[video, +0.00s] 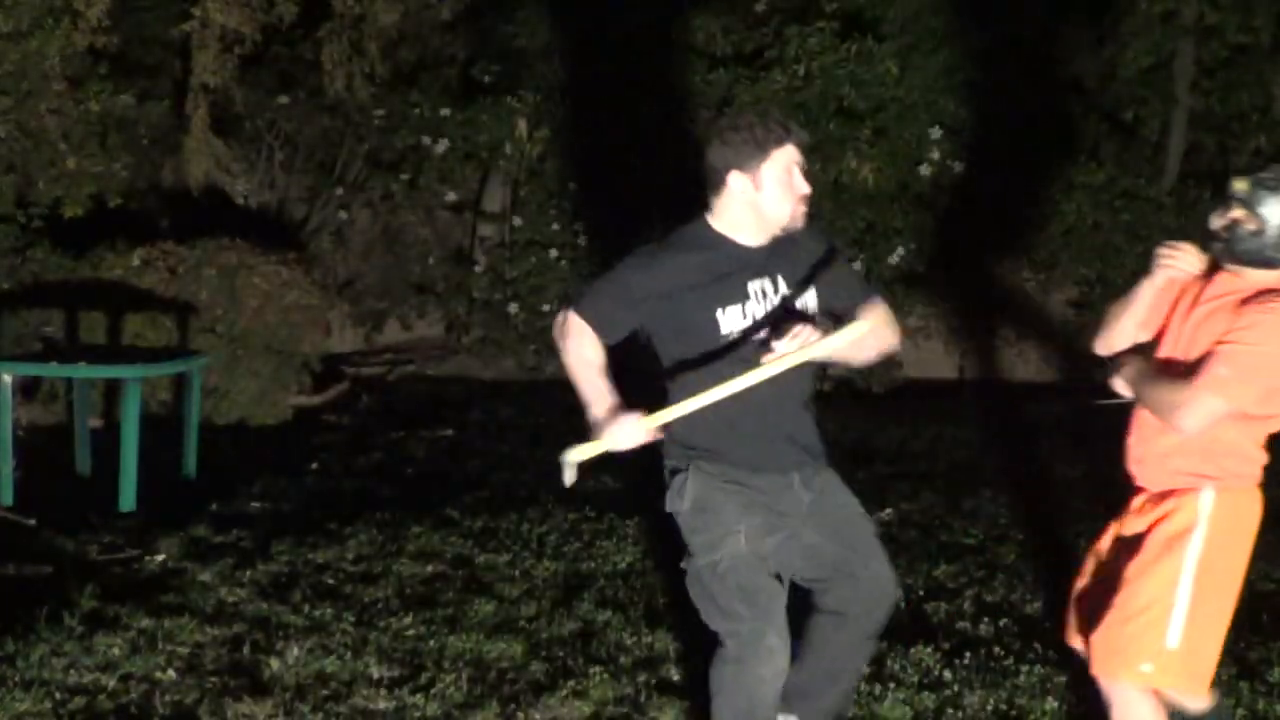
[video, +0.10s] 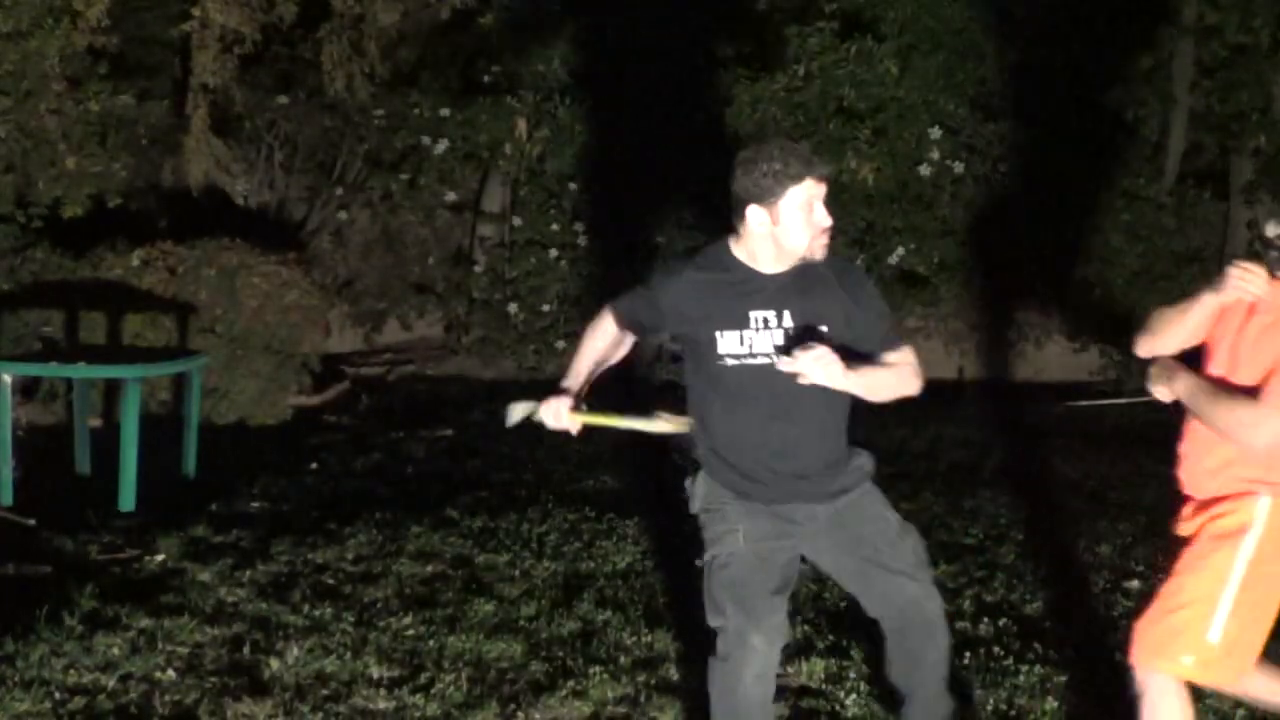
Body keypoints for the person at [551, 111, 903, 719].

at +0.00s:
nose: (807, 188)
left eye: (803, 170)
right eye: (792, 171)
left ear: (757, 182)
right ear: (744, 181)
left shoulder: (806, 252)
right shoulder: (668, 268)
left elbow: (885, 333)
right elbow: (576, 328)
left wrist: (824, 344)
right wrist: (607, 414)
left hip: (807, 481)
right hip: (716, 488)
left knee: (867, 593)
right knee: (757, 643)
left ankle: (800, 711)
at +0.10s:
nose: (827, 220)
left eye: (824, 203)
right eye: (811, 206)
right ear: (759, 218)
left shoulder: (840, 284)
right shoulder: (690, 290)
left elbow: (908, 379)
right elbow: (616, 323)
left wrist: (844, 377)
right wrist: (569, 389)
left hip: (841, 497)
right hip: (740, 506)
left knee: (918, 611)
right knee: (750, 640)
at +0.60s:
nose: (950, 200)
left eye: (948, 183)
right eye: (936, 184)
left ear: (905, 192)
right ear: (889, 190)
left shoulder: (935, 268)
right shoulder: (814, 267)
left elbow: (996, 336)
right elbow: (731, 359)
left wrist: (1071, 388)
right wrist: (772, 309)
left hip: (910, 486)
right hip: (820, 486)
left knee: (963, 608)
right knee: (784, 637)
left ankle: (958, 715)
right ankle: (744, 716)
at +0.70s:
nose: (936, 199)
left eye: (935, 185)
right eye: (922, 186)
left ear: (878, 192)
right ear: (870, 191)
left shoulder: (924, 267)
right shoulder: (810, 269)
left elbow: (955, 359)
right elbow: (730, 368)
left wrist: (999, 442)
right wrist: (778, 354)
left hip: (906, 488)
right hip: (815, 488)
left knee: (961, 613)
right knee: (780, 642)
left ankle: (958, 715)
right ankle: (747, 715)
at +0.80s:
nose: (893, 205)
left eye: (895, 190)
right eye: (875, 191)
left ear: (897, 192)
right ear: (824, 194)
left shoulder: (903, 271)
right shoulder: (777, 275)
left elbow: (918, 378)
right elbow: (711, 373)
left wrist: (922, 472)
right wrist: (748, 404)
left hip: (893, 493)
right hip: (797, 498)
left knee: (951, 615)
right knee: (768, 646)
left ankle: (953, 715)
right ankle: (743, 714)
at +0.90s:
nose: (832, 194)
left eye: (841, 180)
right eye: (814, 179)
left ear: (851, 188)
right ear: (771, 187)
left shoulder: (870, 268)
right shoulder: (731, 277)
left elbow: (885, 367)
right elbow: (685, 377)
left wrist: (880, 453)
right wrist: (710, 443)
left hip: (866, 488)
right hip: (768, 494)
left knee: (929, 613)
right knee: (745, 645)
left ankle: (944, 713)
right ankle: (730, 714)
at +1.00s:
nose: (774, 176)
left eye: (787, 162)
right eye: (758, 162)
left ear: (807, 171)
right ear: (728, 172)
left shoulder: (843, 258)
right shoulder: (694, 267)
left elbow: (867, 364)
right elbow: (654, 377)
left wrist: (867, 461)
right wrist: (669, 471)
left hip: (842, 483)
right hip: (734, 491)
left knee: (913, 610)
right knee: (721, 652)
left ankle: (923, 714)